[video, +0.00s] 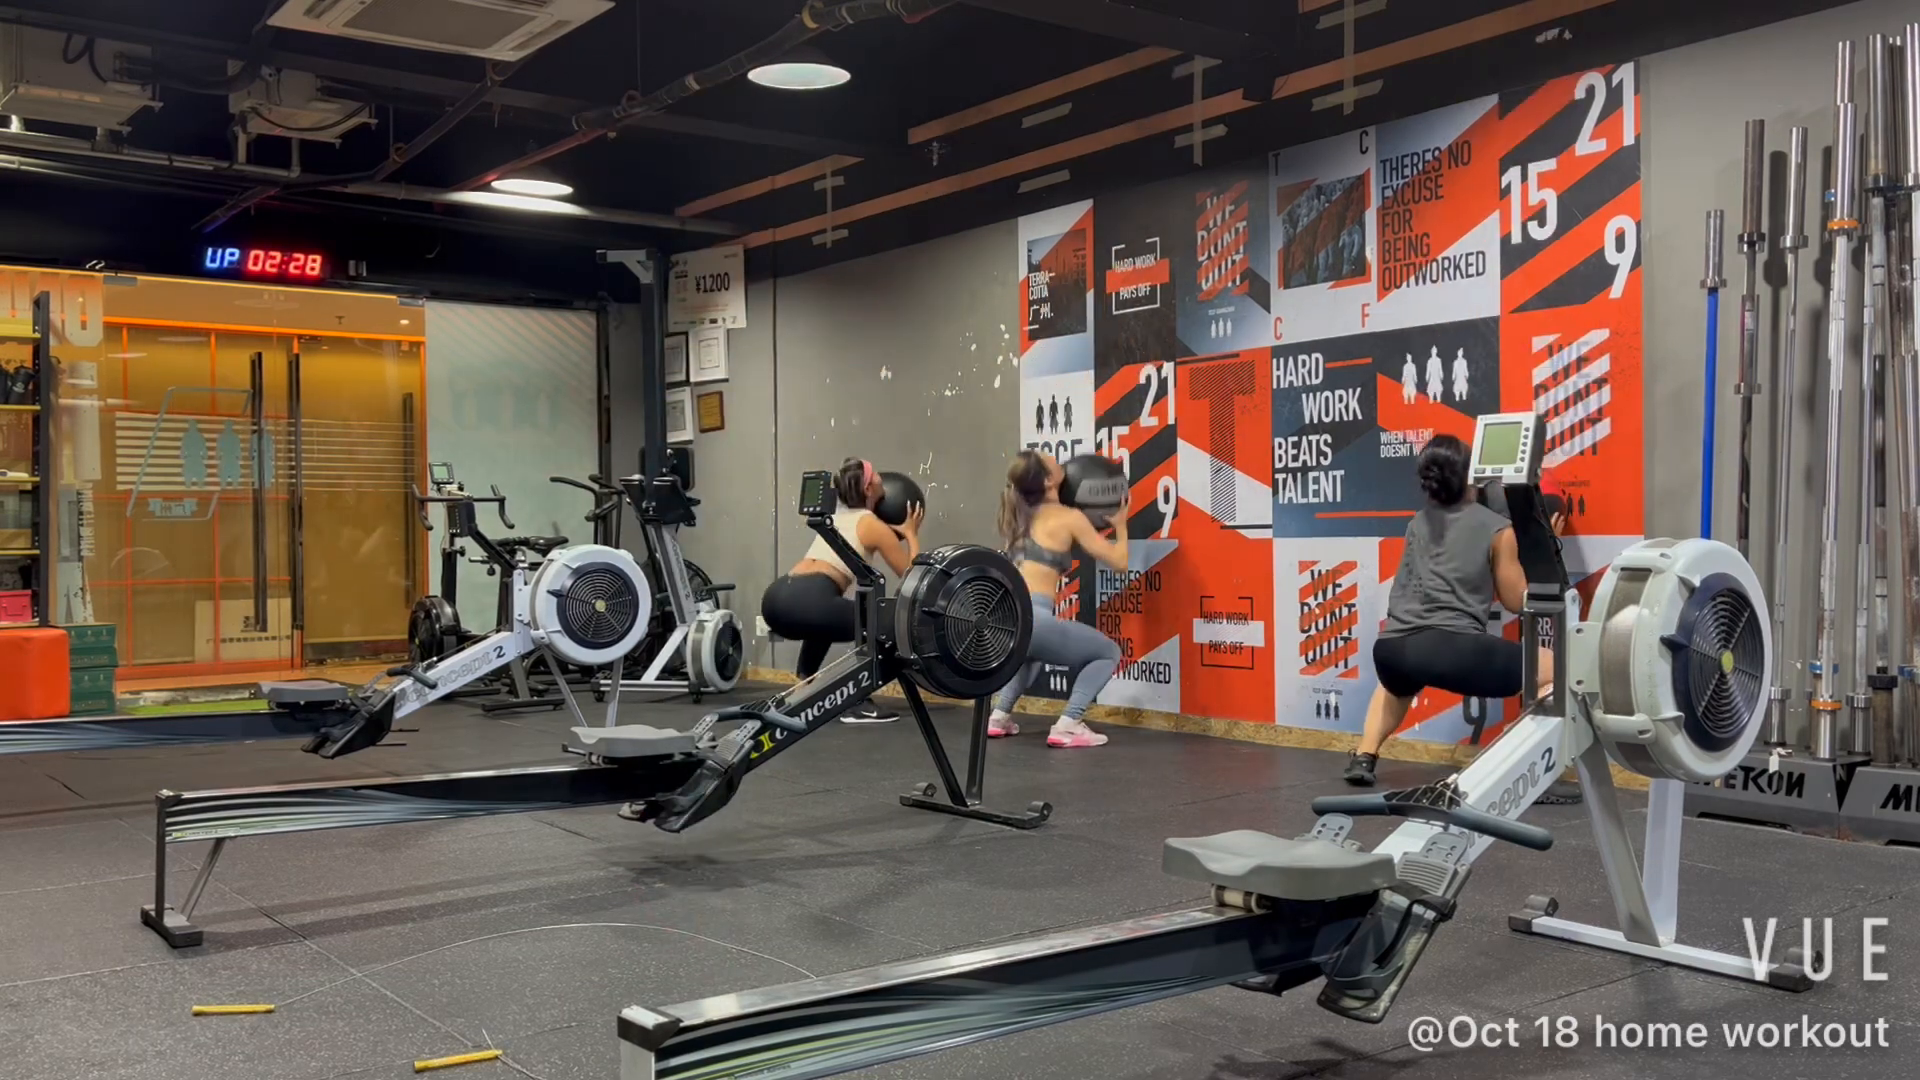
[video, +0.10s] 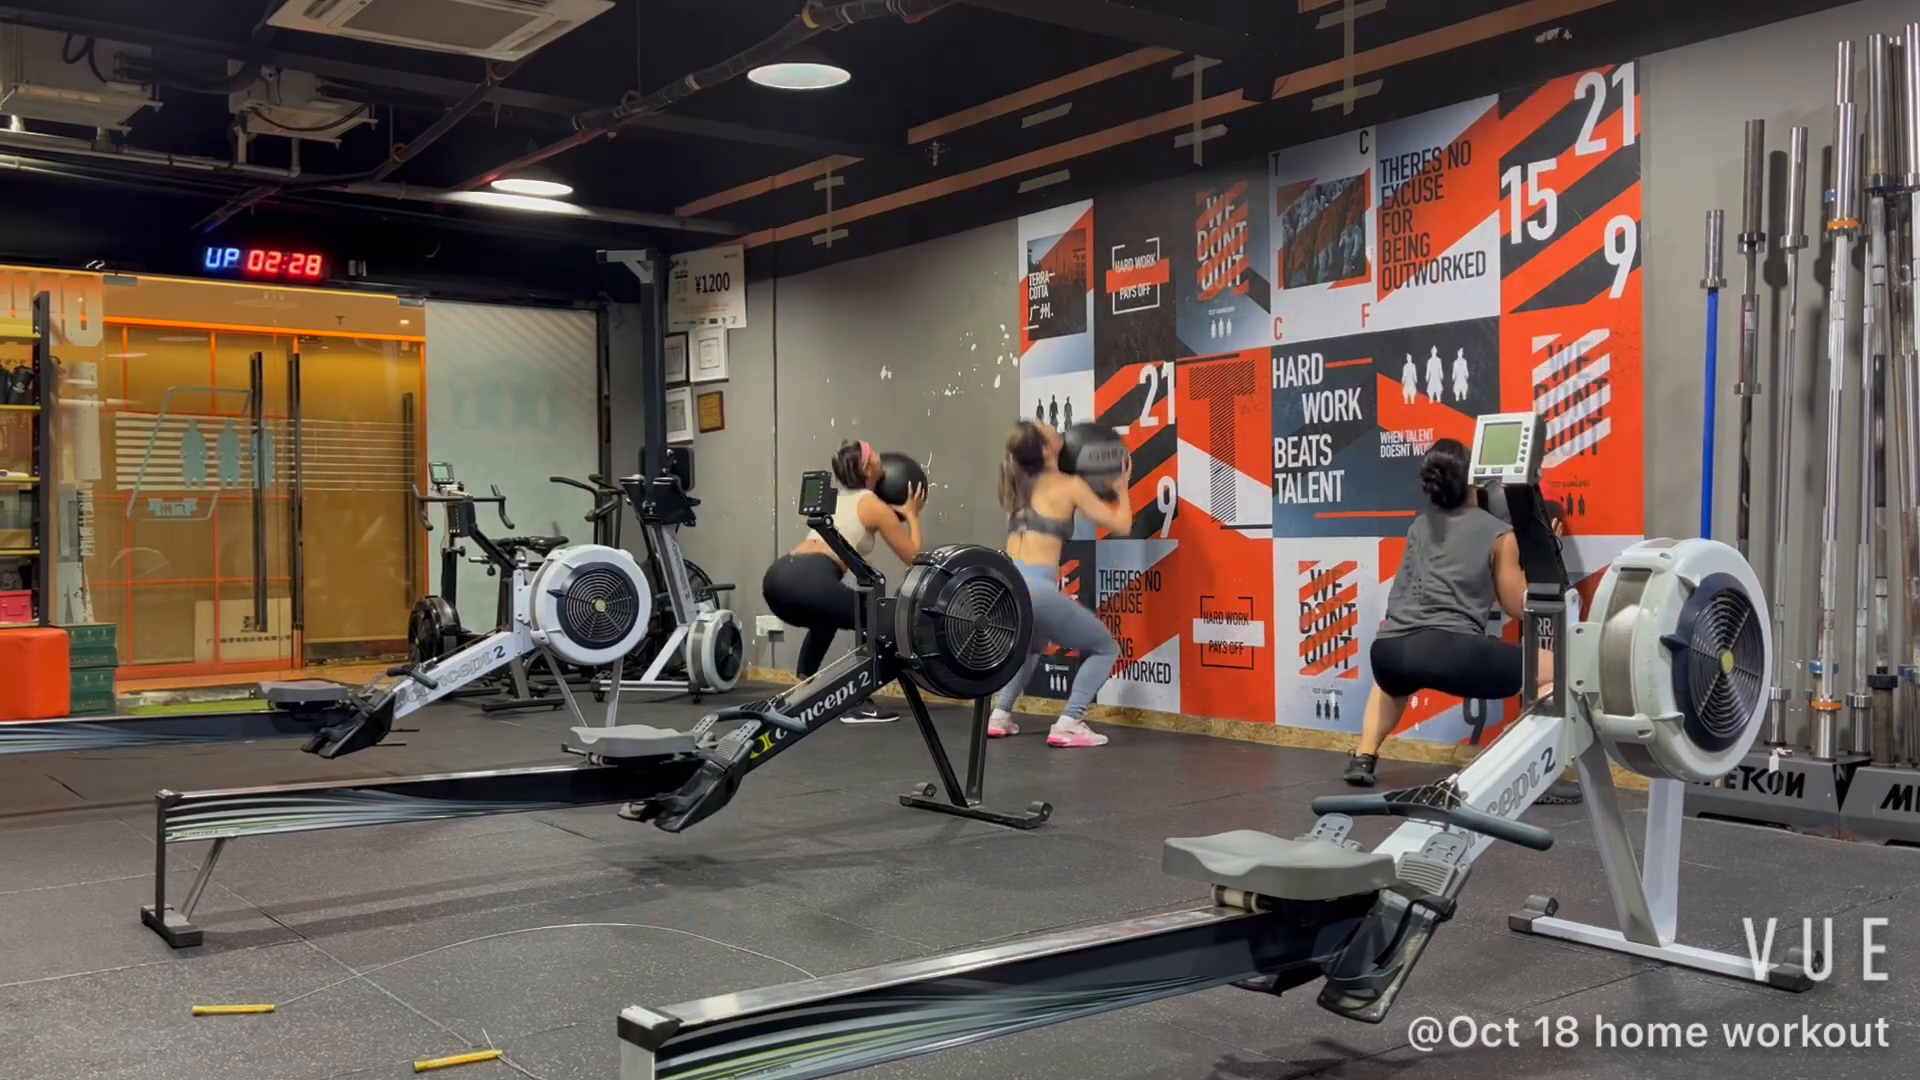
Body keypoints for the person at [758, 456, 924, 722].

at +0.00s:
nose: (880, 481)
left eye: (876, 476)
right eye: (875, 479)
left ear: (848, 489)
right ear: (868, 489)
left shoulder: (835, 517)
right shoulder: (871, 523)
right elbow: (910, 573)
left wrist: (890, 531)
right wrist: (912, 534)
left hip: (776, 602)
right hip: (813, 603)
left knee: (831, 616)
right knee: (887, 622)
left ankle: (804, 690)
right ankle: (856, 700)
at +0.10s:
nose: (878, 458)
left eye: (874, 454)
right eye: (873, 457)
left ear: (849, 472)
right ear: (866, 470)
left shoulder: (836, 499)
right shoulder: (873, 505)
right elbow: (912, 556)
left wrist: (889, 511)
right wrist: (914, 516)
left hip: (777, 580)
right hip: (813, 582)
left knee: (827, 620)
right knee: (884, 619)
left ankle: (804, 693)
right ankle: (857, 700)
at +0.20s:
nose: (875, 432)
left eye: (870, 429)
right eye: (870, 432)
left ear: (847, 451)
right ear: (865, 446)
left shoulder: (836, 478)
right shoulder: (872, 482)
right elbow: (914, 531)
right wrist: (911, 490)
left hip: (784, 562)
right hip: (820, 564)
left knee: (825, 621)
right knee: (878, 616)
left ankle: (800, 694)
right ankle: (858, 700)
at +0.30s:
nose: (867, 403)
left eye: (863, 400)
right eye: (863, 403)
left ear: (844, 421)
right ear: (860, 417)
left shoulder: (833, 453)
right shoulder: (869, 455)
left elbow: (862, 481)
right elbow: (916, 495)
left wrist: (889, 455)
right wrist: (909, 456)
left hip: (793, 544)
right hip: (820, 544)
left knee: (824, 616)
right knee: (873, 606)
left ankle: (800, 691)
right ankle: (858, 698)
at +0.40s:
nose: (856, 369)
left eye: (850, 366)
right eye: (851, 369)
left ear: (832, 391)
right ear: (850, 385)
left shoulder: (832, 426)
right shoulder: (861, 422)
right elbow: (918, 444)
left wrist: (868, 400)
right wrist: (906, 401)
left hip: (807, 521)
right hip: (837, 523)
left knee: (817, 607)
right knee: (870, 602)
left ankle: (799, 686)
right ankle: (861, 695)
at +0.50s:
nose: (846, 351)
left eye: (840, 348)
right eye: (841, 350)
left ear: (822, 371)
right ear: (838, 365)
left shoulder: (825, 400)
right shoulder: (853, 398)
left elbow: (856, 381)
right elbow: (913, 382)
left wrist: (871, 339)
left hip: (814, 497)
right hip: (846, 498)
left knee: (812, 587)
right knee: (859, 588)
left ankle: (802, 674)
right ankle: (867, 680)